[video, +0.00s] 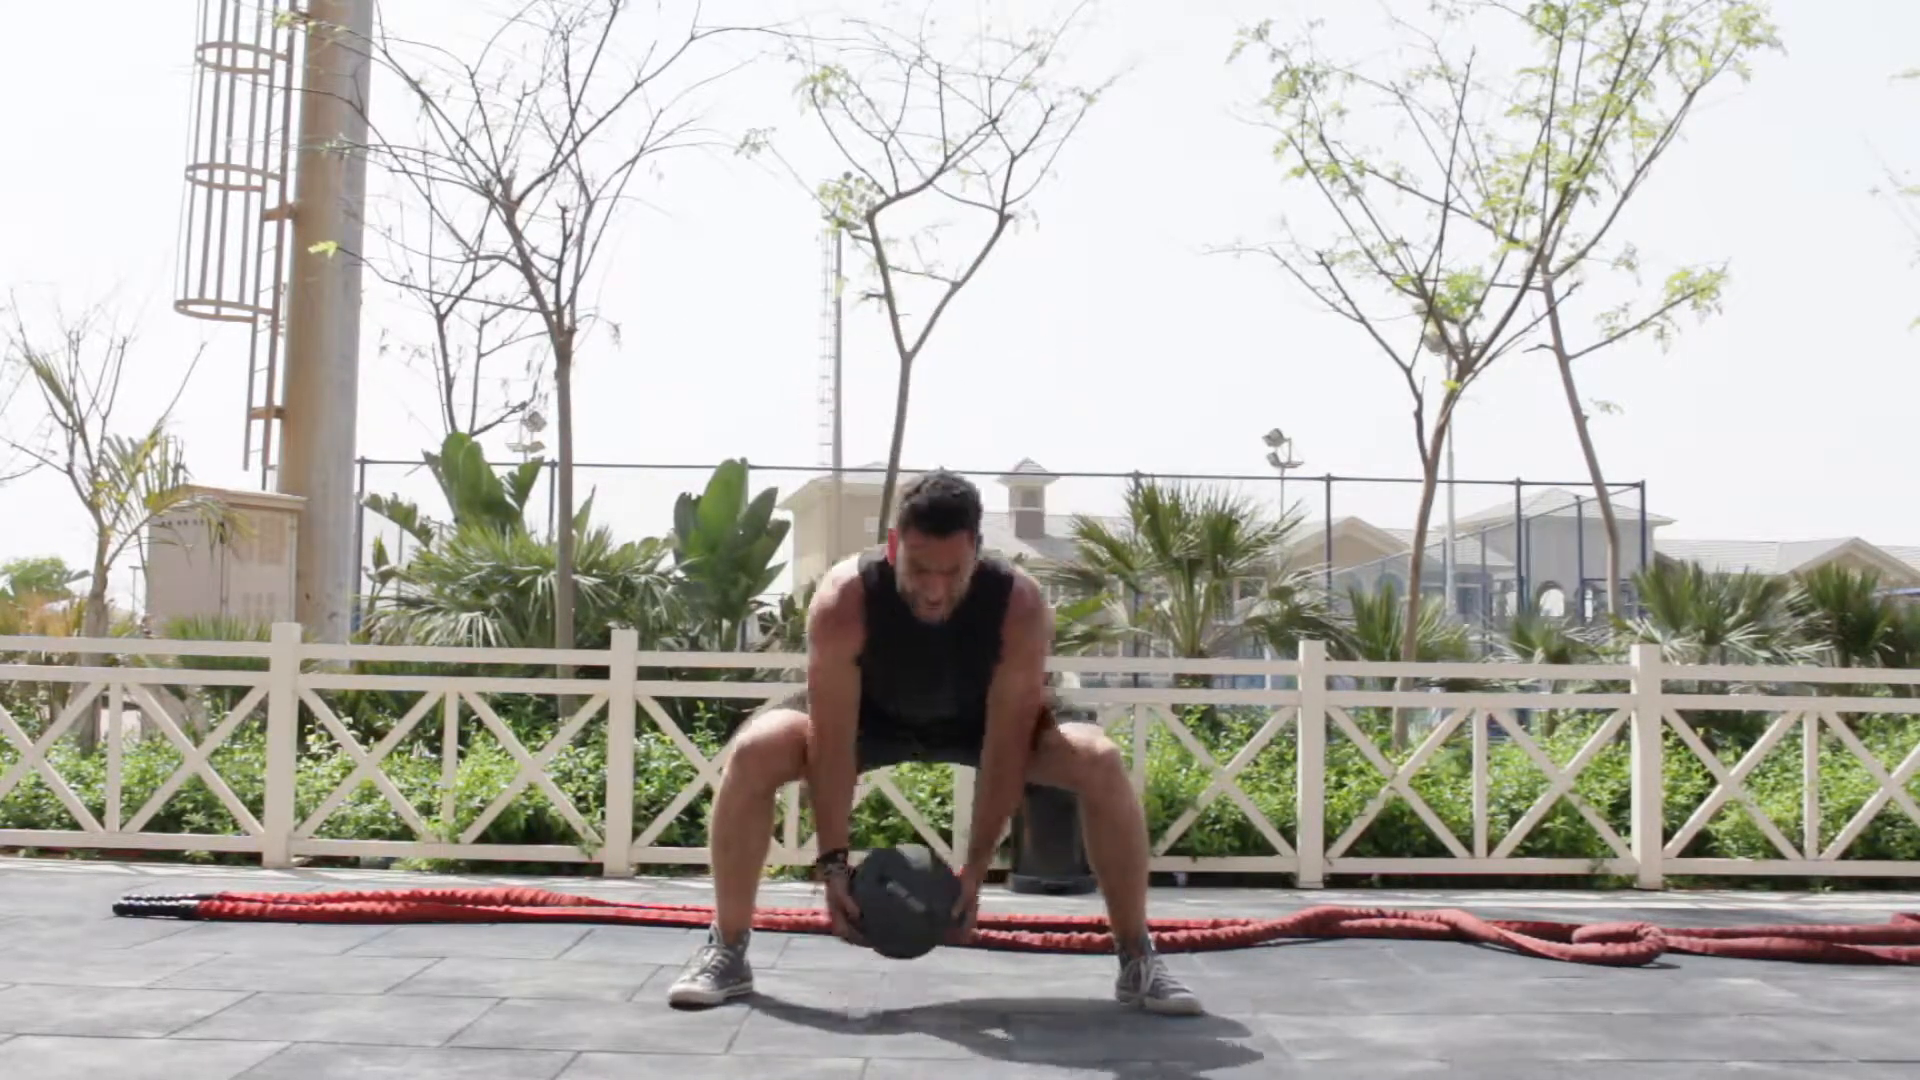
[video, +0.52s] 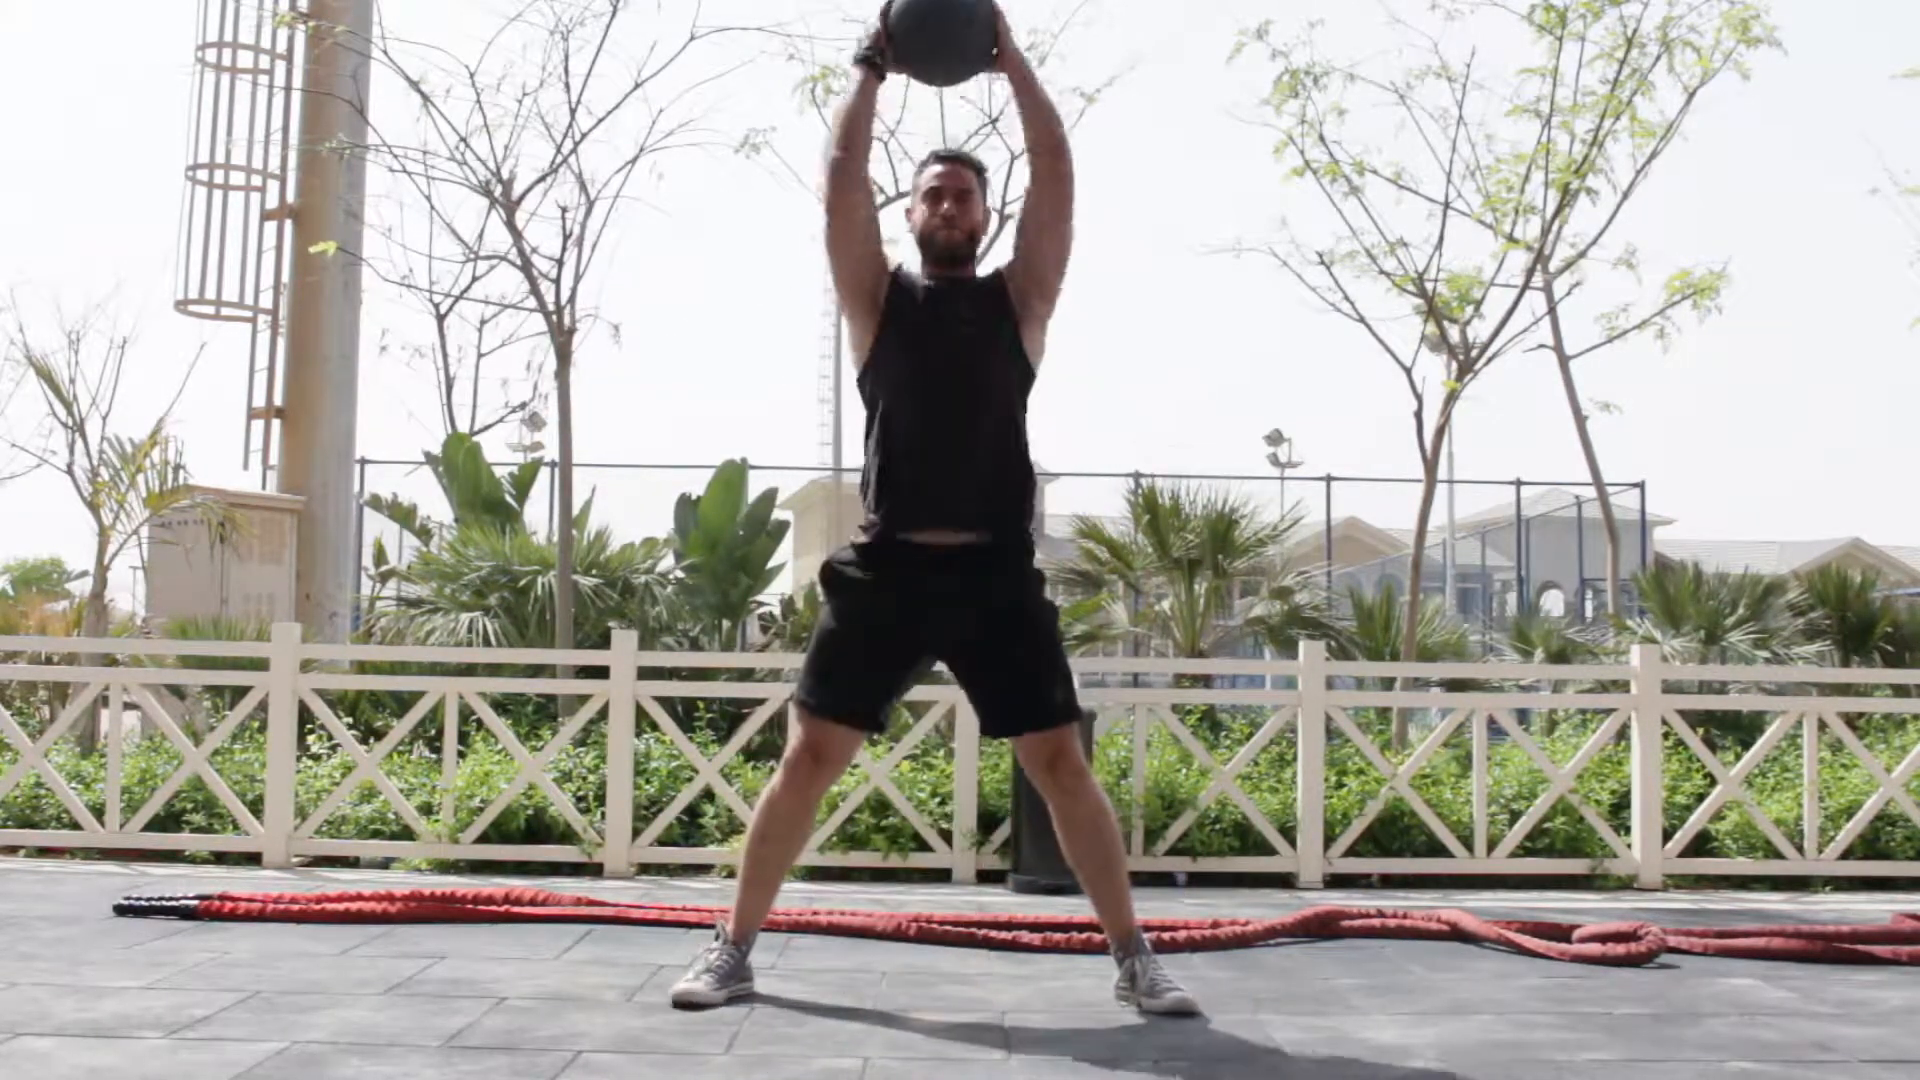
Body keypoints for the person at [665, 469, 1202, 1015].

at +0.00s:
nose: (935, 589)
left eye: (953, 573)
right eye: (920, 571)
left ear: (977, 554)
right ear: (894, 543)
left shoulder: (1019, 606)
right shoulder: (842, 601)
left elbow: (1006, 754)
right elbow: (833, 744)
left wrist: (972, 874)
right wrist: (834, 866)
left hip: (981, 728)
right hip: (872, 726)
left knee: (1100, 760)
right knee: (753, 752)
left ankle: (1138, 962)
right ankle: (727, 954)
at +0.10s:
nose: (935, 476)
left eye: (951, 458)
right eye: (920, 457)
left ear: (976, 445)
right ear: (895, 439)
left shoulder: (1019, 514)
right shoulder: (849, 518)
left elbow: (1026, 646)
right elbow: (837, 642)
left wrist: (990, 759)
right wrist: (846, 744)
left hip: (990, 672)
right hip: (877, 670)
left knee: (1096, 755)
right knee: (755, 747)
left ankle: (1139, 963)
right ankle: (725, 953)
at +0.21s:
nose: (935, 334)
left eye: (951, 319)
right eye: (920, 318)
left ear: (974, 322)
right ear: (895, 317)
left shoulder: (1022, 412)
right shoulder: (847, 419)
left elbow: (1048, 517)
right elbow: (828, 528)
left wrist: (1020, 576)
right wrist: (856, 580)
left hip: (993, 597)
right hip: (877, 599)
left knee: (1076, 745)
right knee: (780, 739)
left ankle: (1139, 959)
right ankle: (729, 950)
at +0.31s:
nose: (940, 244)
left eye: (955, 230)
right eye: (924, 230)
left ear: (978, 239)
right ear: (901, 239)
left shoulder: (1017, 329)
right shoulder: (860, 335)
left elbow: (1070, 444)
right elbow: (817, 456)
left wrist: (1025, 389)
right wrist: (858, 401)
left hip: (993, 577)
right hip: (886, 575)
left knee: (1066, 747)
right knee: (800, 737)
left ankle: (1134, 956)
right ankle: (730, 949)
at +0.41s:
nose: (948, 217)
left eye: (963, 209)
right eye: (933, 207)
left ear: (985, 229)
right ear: (905, 228)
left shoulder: (1017, 315)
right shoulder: (872, 316)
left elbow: (1072, 259)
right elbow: (825, 259)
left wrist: (1017, 141)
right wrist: (870, 139)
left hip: (998, 574)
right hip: (888, 574)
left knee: (1062, 758)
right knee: (807, 752)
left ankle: (1135, 959)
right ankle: (733, 951)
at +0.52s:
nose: (949, 196)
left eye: (963, 189)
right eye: (935, 188)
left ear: (988, 216)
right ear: (908, 216)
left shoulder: (1018, 303)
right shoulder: (877, 301)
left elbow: (1053, 172)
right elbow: (843, 184)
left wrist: (1009, 56)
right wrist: (870, 69)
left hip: (996, 572)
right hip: (886, 571)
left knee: (1061, 765)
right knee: (810, 758)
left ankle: (1135, 960)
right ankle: (733, 952)